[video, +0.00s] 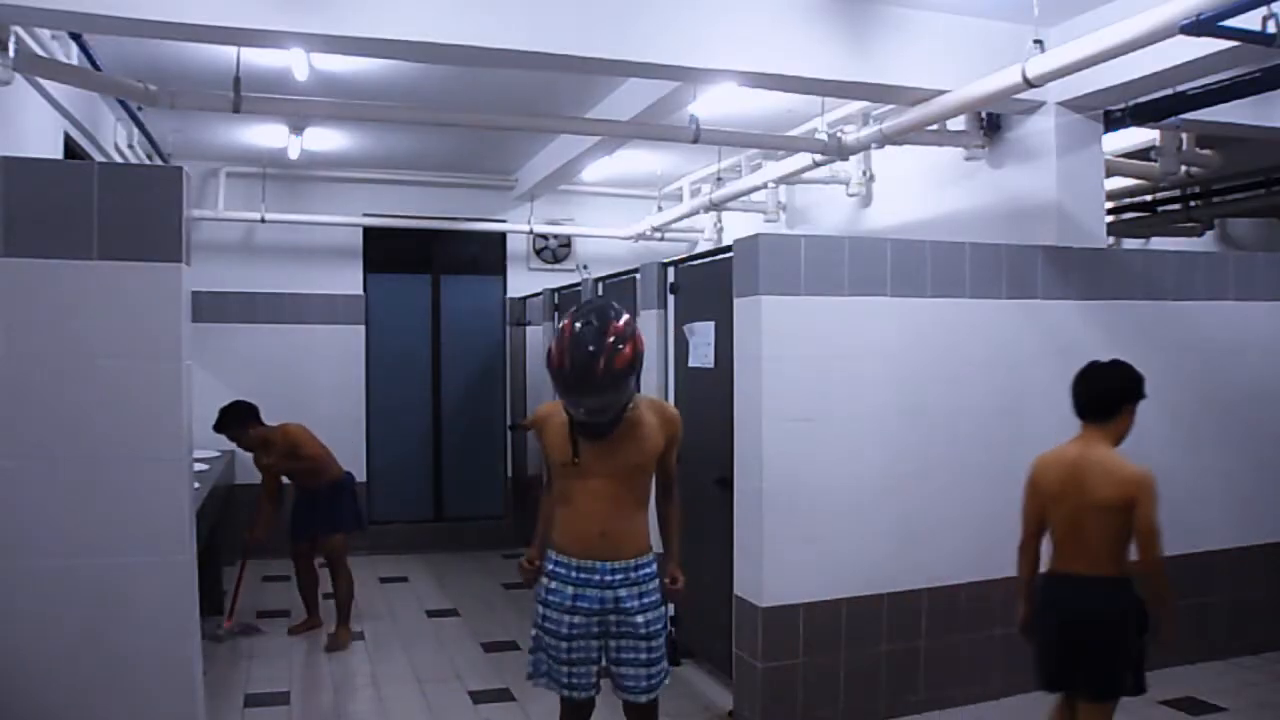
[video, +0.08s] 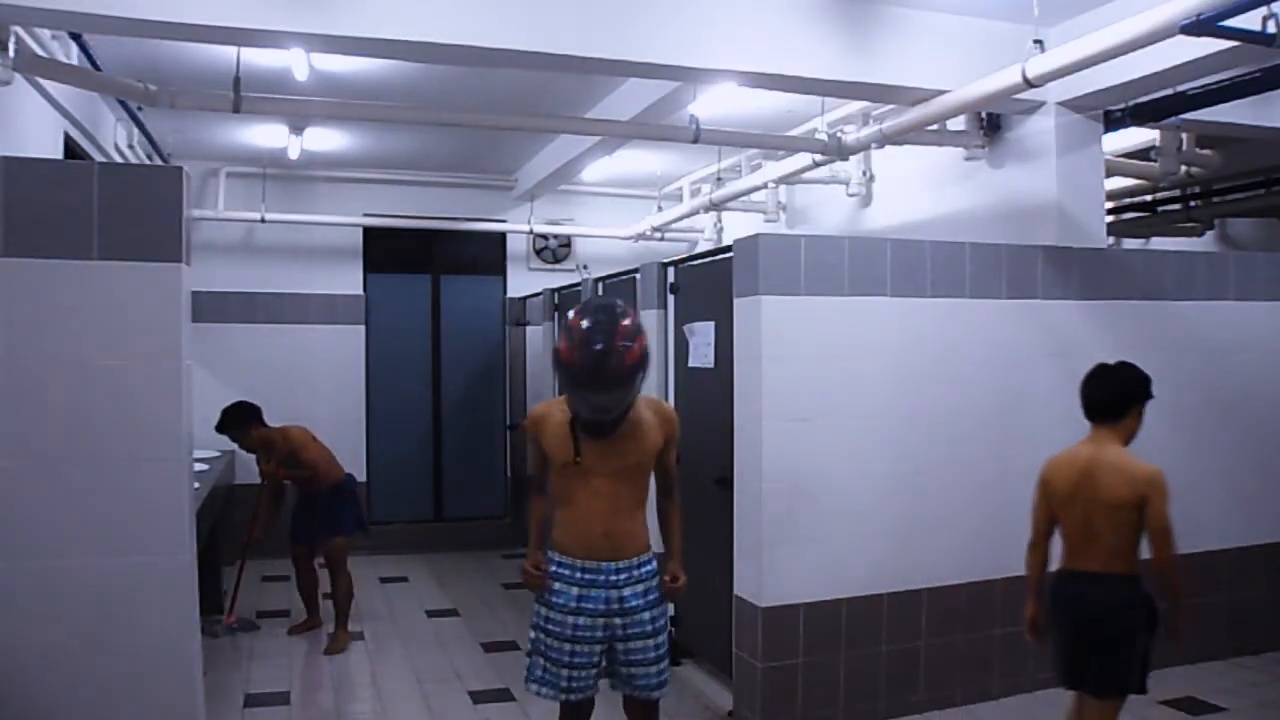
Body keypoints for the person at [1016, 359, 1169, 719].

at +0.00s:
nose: (1133, 420)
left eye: (1134, 411)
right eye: (1134, 411)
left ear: (1080, 407)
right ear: (1125, 413)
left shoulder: (1044, 468)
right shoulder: (1134, 479)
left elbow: (1029, 544)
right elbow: (1149, 559)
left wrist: (1025, 601)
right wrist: (1161, 610)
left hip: (1056, 596)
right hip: (1110, 600)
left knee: (1069, 697)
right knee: (1098, 705)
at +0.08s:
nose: (1142, 421)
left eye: (1141, 412)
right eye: (1142, 412)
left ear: (1089, 409)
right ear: (1135, 414)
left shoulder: (1055, 469)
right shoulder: (1144, 477)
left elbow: (1038, 543)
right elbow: (1162, 554)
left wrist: (1032, 600)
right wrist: (1175, 608)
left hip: (1068, 596)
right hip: (1122, 599)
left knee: (1082, 696)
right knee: (1104, 704)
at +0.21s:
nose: (1154, 421)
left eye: (1153, 412)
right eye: (1154, 412)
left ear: (1102, 412)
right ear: (1145, 416)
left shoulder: (1071, 470)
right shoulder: (1158, 478)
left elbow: (1056, 544)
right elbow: (1177, 555)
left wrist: (1050, 600)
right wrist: (1192, 605)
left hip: (1086, 594)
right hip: (1138, 598)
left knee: (1105, 696)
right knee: (1119, 702)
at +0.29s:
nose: (1161, 418)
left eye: (1160, 408)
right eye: (1161, 408)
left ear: (1110, 409)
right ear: (1153, 412)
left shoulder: (1082, 468)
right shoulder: (1167, 474)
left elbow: (1070, 542)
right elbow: (1183, 549)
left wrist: (1063, 599)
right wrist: (1196, 602)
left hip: (1099, 587)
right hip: (1148, 589)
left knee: (1115, 689)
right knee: (1137, 697)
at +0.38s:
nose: (1170, 414)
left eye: (1170, 405)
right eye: (1169, 405)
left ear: (1121, 407)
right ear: (1159, 408)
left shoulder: (1093, 465)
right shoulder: (1176, 469)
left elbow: (1085, 538)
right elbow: (1191, 547)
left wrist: (1081, 591)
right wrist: (1204, 597)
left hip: (1109, 583)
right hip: (1159, 586)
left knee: (1123, 681)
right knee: (1159, 691)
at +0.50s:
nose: (1186, 408)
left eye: (1185, 399)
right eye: (1184, 400)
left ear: (1137, 400)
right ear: (1172, 403)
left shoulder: (1107, 456)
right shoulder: (1186, 461)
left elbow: (1102, 525)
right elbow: (1198, 538)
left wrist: (1110, 575)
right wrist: (1208, 595)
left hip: (1124, 575)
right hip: (1171, 577)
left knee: (1130, 668)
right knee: (1186, 668)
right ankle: (1160, 713)